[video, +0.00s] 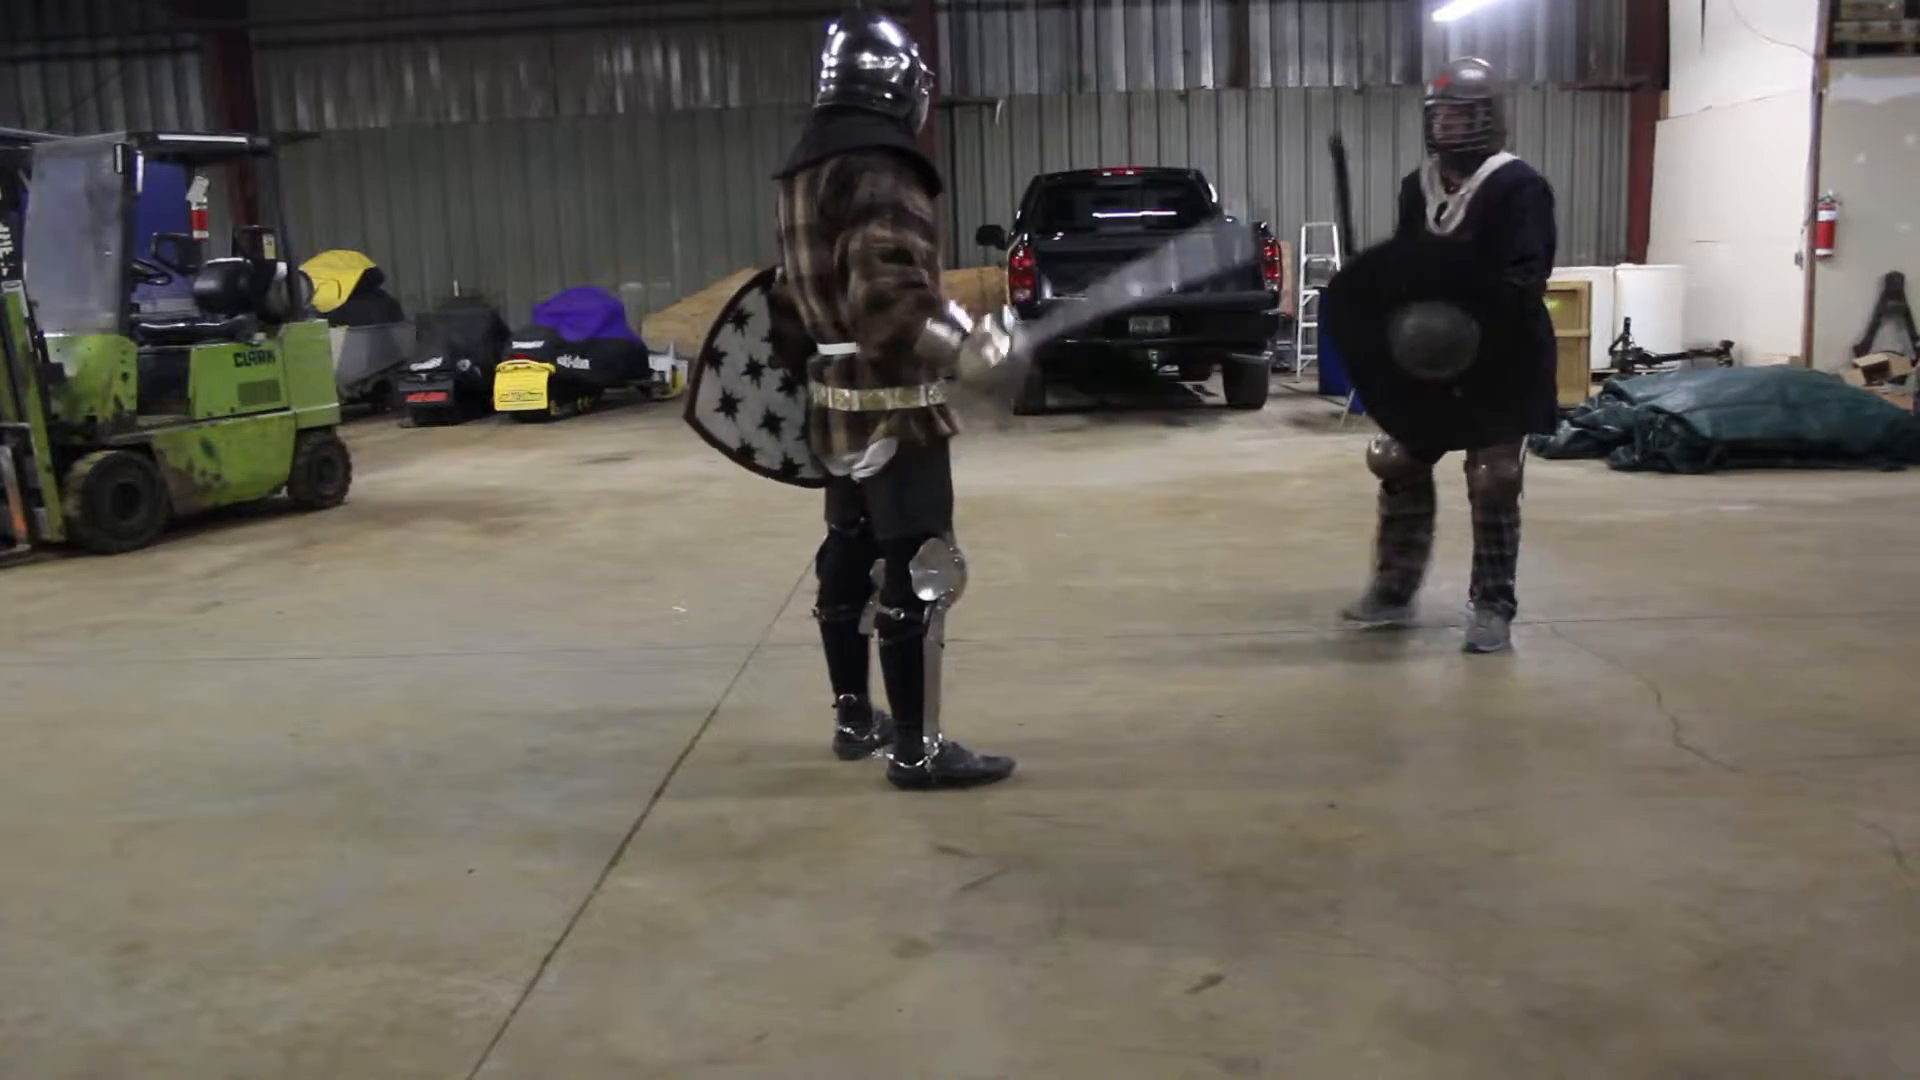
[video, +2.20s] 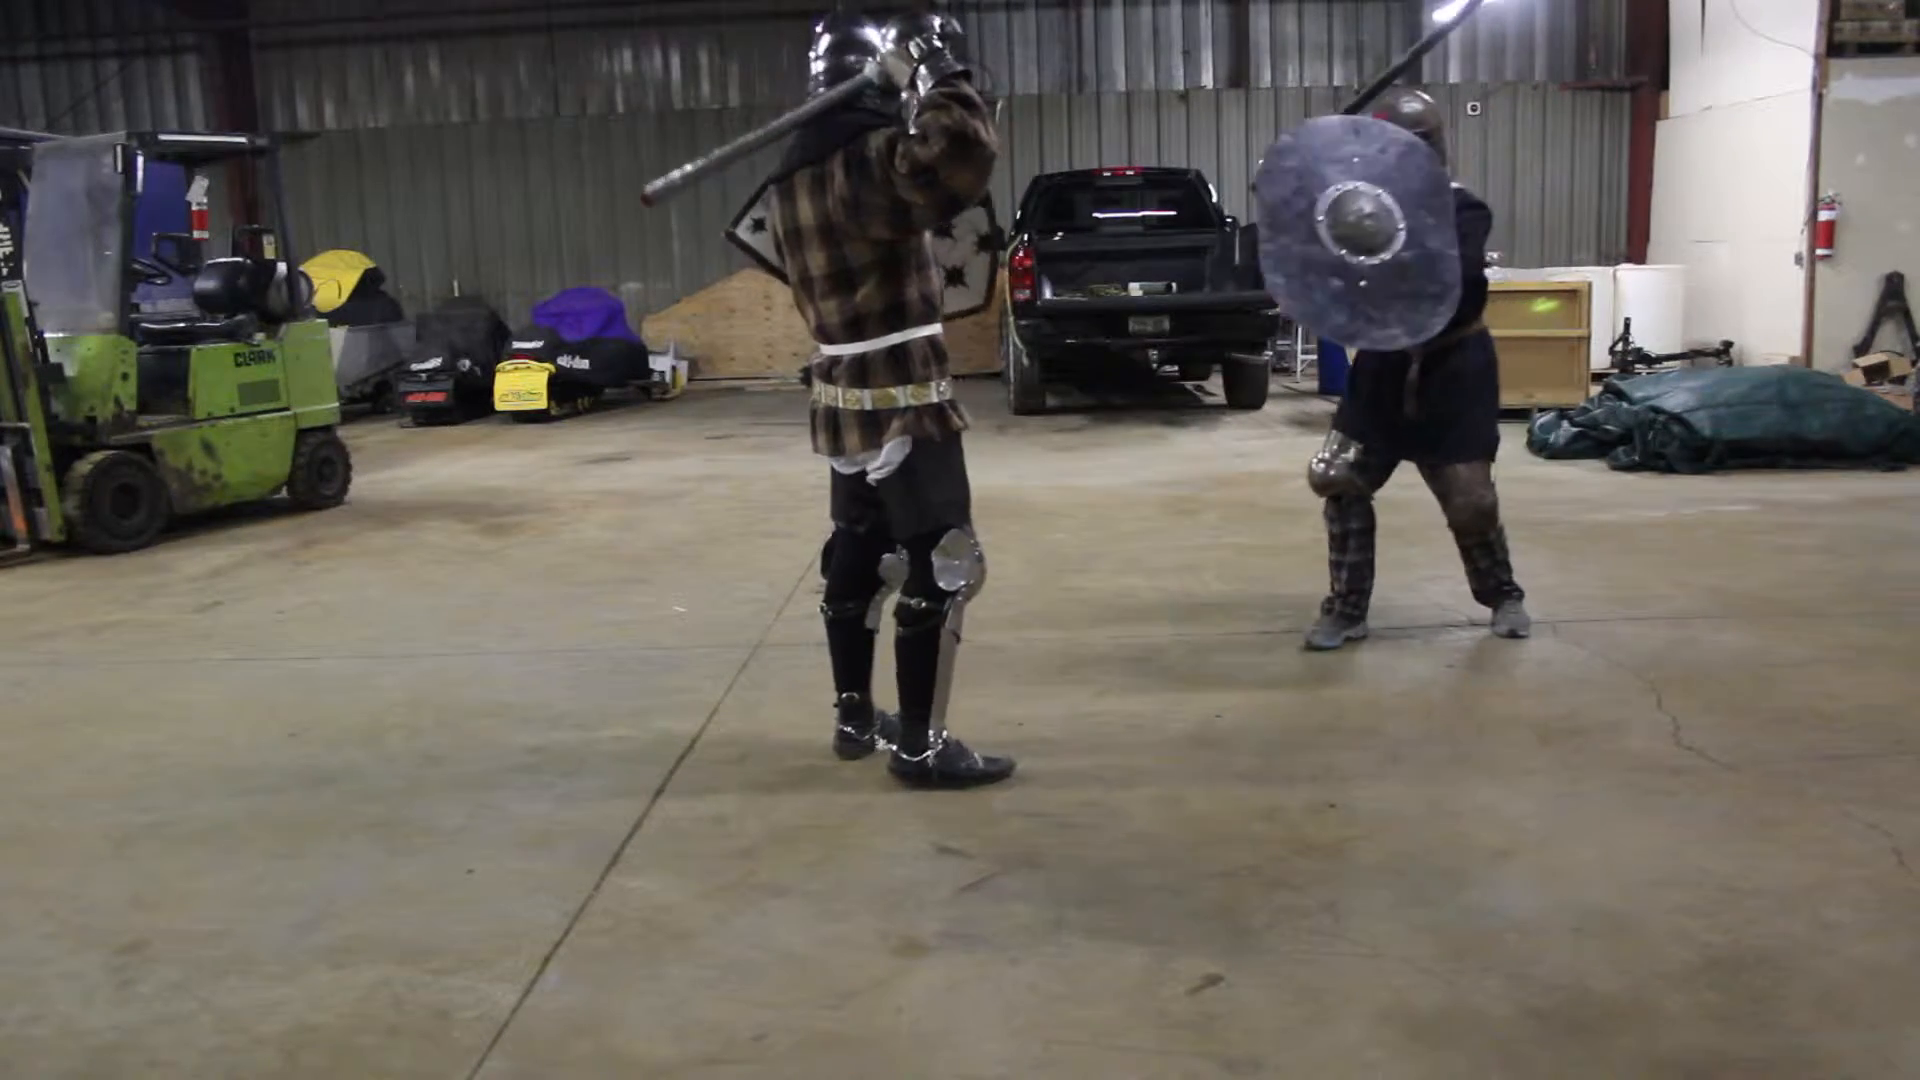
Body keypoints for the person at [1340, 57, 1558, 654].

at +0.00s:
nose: (1448, 124)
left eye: (1463, 113)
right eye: (1439, 113)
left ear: (1490, 119)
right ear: (1428, 118)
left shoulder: (1520, 187)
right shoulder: (1417, 188)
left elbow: (1526, 279)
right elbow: (1403, 272)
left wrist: (1467, 320)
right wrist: (1400, 330)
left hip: (1503, 363)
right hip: (1429, 359)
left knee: (1493, 475)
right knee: (1398, 459)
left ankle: (1491, 608)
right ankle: (1393, 593)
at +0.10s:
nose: (1432, 131)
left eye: (1446, 120)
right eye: (1423, 120)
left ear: (1477, 122)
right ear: (1414, 125)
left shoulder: (1509, 188)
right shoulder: (1406, 189)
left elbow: (1519, 271)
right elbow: (1374, 262)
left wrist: (1459, 302)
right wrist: (1327, 283)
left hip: (1495, 367)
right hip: (1419, 364)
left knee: (1487, 480)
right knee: (1396, 469)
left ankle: (1491, 609)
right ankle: (1364, 597)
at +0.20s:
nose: (1421, 139)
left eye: (1436, 125)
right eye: (1411, 126)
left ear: (1464, 127)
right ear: (1397, 129)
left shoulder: (1494, 191)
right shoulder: (1386, 192)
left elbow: (1500, 275)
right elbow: (1346, 251)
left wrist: (1452, 256)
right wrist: (1293, 245)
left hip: (1487, 356)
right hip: (1417, 357)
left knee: (1478, 479)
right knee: (1389, 470)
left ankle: (1490, 609)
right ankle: (1367, 603)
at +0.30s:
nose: (1415, 127)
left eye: (1428, 115)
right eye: (1405, 115)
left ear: (1449, 123)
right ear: (1391, 120)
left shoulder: (1474, 187)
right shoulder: (1374, 188)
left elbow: (1459, 246)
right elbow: (1305, 244)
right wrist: (1270, 211)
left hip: (1473, 335)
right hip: (1408, 336)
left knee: (1466, 476)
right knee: (1374, 467)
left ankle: (1489, 607)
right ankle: (1368, 600)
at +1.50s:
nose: (1453, 146)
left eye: (1467, 133)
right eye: (1442, 135)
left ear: (1490, 139)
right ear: (1427, 141)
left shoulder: (1522, 201)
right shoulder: (1413, 206)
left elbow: (1517, 272)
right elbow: (1353, 268)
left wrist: (1462, 212)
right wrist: (1317, 231)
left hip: (1514, 350)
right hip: (1444, 351)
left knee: (1513, 488)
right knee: (1398, 472)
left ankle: (1509, 599)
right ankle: (1375, 600)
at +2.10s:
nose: (1414, 147)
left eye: (1428, 135)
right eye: (1402, 136)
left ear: (1449, 139)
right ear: (1387, 140)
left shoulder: (1476, 209)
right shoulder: (1379, 202)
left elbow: (1465, 295)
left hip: (1466, 354)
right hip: (1394, 352)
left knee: (1470, 490)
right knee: (1351, 477)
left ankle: (1503, 598)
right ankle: (1346, 609)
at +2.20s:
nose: (1417, 153)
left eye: (1427, 140)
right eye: (1401, 141)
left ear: (1445, 144)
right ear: (1378, 144)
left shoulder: (1463, 211)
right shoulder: (1364, 204)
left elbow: (1466, 300)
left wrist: (1415, 339)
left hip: (1454, 360)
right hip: (1380, 360)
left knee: (1470, 499)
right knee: (1341, 479)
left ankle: (1503, 597)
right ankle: (1345, 608)